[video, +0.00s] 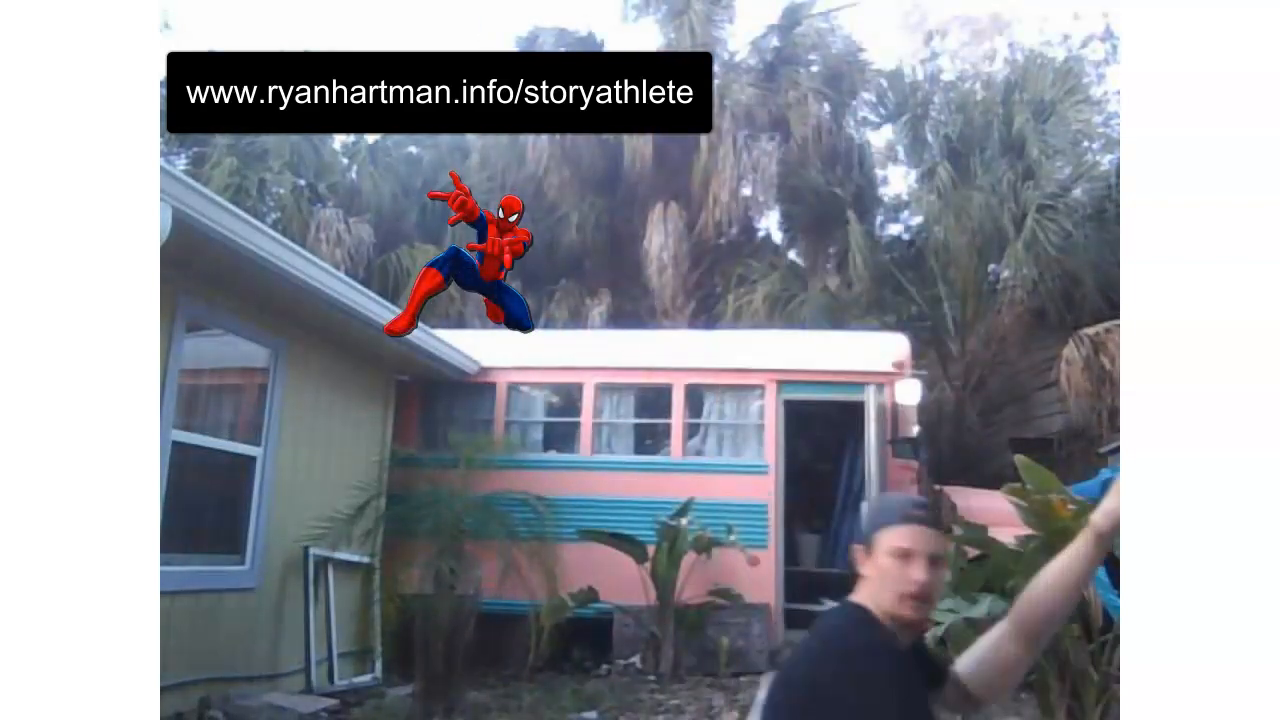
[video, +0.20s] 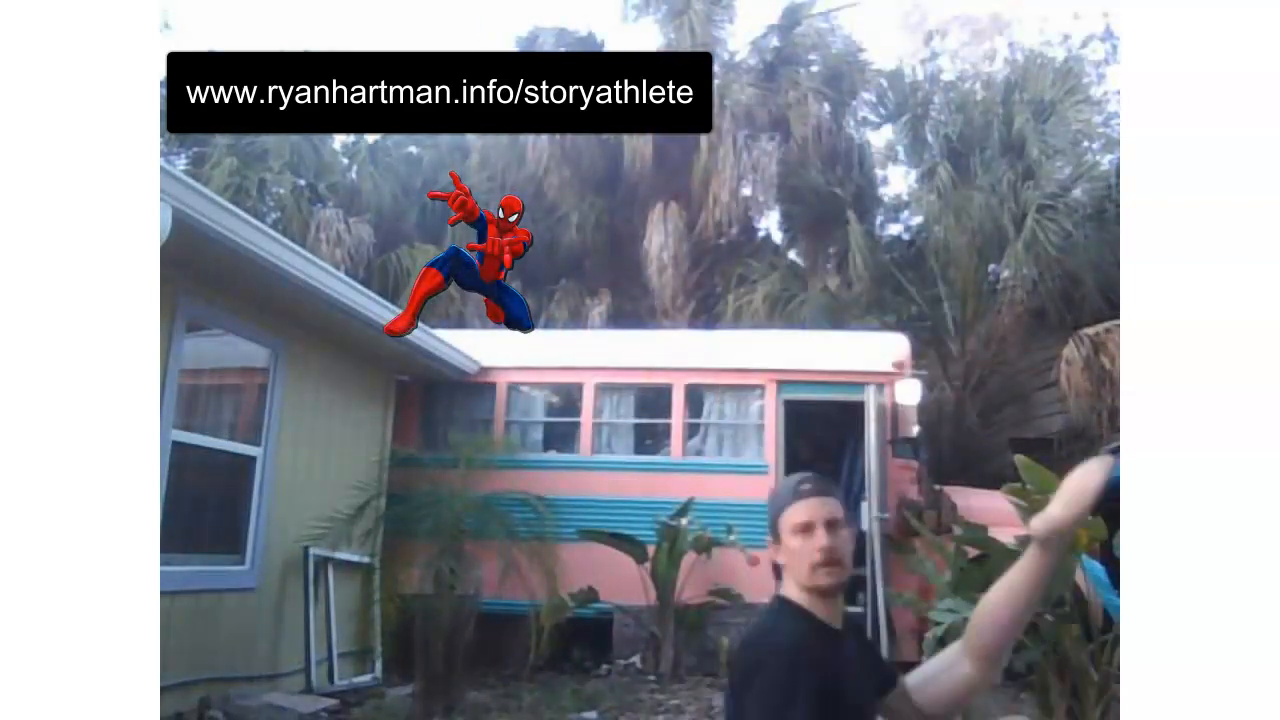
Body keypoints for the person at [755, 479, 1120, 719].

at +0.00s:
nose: (922, 579)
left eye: (934, 563)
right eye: (903, 558)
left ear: (947, 569)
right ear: (862, 561)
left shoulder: (895, 644)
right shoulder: (851, 649)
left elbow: (960, 695)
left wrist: (1095, 536)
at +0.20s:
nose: (825, 544)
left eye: (834, 527)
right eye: (804, 532)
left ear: (852, 539)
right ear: (776, 553)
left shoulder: (842, 639)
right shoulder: (772, 648)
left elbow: (969, 662)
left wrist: (1050, 536)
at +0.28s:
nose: (779, 535)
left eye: (786, 518)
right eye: (759, 527)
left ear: (806, 528)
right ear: (737, 553)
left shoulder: (805, 626)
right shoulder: (761, 643)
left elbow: (875, 706)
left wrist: (953, 679)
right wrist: (958, 690)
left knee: (965, 675)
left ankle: (1064, 596)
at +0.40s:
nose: (763, 538)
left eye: (769, 520)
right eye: (742, 532)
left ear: (790, 528)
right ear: (721, 560)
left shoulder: (793, 626)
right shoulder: (749, 648)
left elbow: (864, 706)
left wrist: (939, 674)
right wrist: (943, 709)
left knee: (951, 675)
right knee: (970, 702)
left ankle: (1062, 590)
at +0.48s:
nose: (772, 567)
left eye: (782, 550)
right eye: (753, 553)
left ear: (797, 558)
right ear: (720, 568)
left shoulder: (781, 639)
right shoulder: (720, 668)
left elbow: (846, 714)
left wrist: (1045, 635)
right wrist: (1049, 634)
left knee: (930, 700)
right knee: (925, 702)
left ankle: (1051, 632)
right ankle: (1051, 631)